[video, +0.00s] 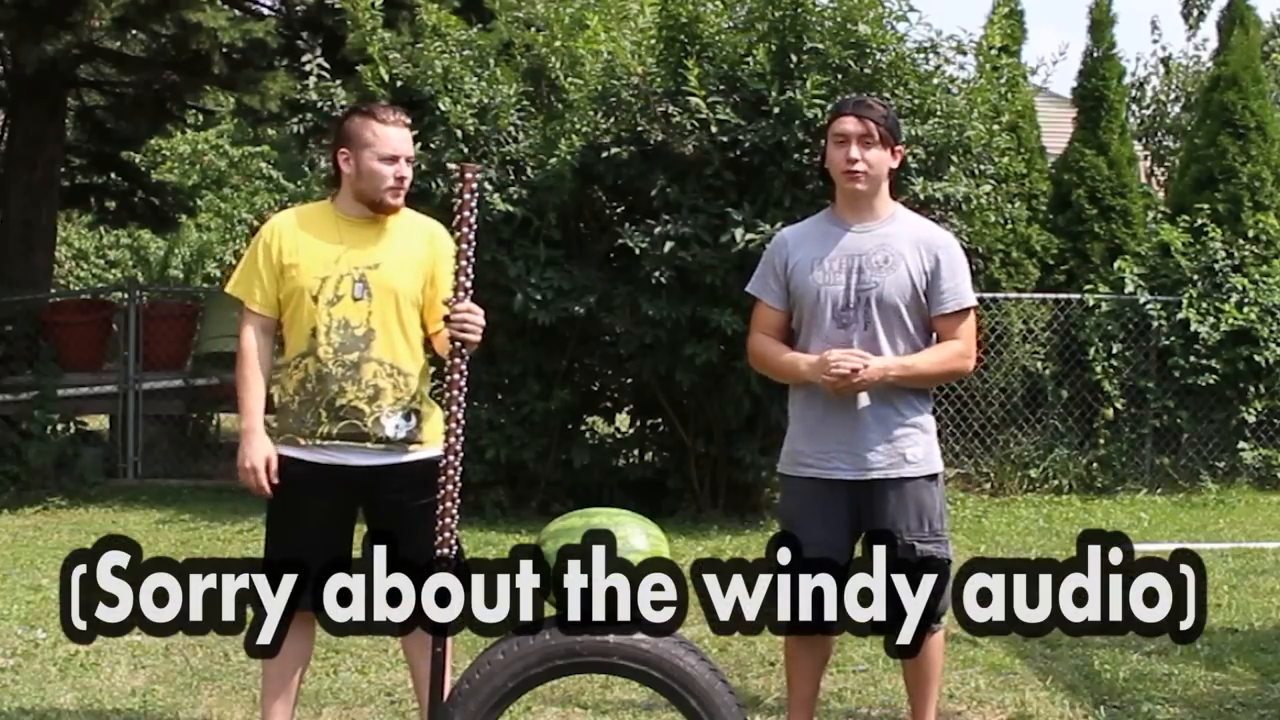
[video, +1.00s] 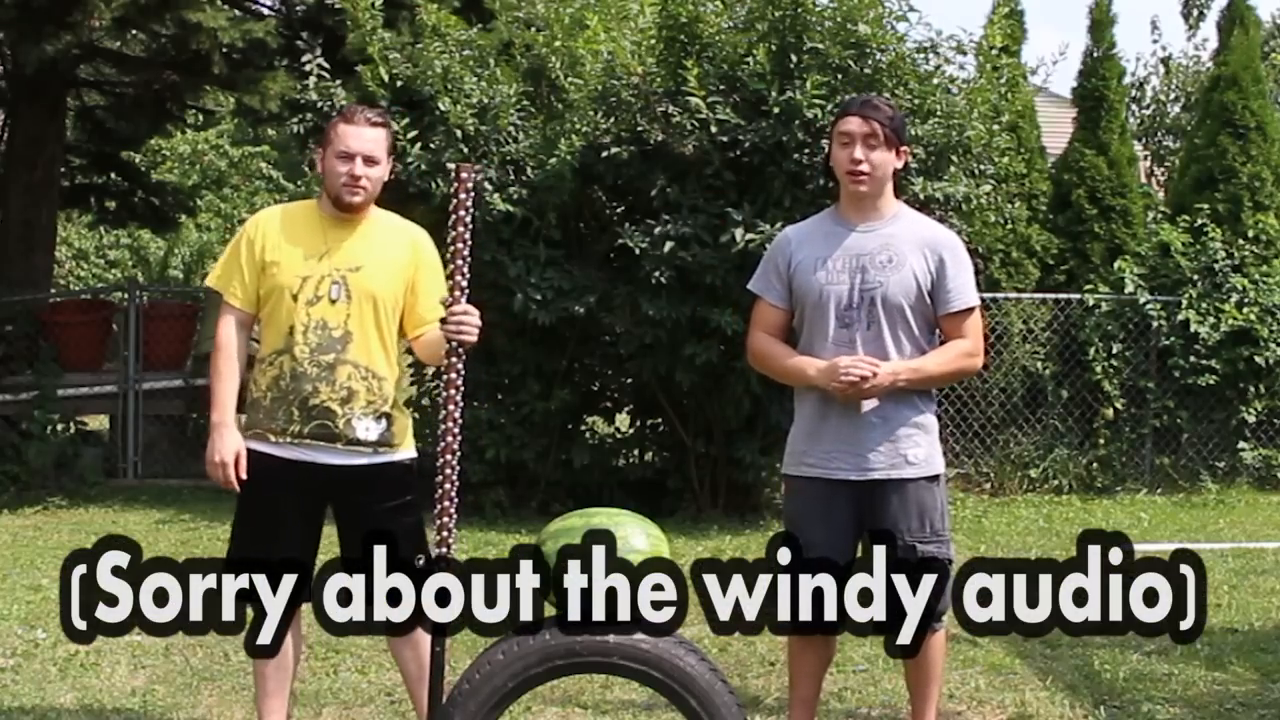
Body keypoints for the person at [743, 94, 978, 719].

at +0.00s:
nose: (853, 153)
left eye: (867, 143)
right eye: (841, 142)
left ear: (892, 156)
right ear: (825, 156)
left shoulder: (933, 244)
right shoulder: (790, 244)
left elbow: (962, 352)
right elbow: (760, 345)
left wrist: (884, 369)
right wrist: (808, 366)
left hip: (905, 465)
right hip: (813, 464)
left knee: (922, 610)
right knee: (805, 609)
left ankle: (923, 717)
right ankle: (799, 717)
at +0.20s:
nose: (854, 153)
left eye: (869, 143)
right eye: (843, 142)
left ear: (895, 156)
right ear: (827, 156)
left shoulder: (936, 244)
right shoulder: (792, 245)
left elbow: (970, 350)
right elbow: (764, 346)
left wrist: (888, 371)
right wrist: (814, 368)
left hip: (906, 466)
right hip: (813, 466)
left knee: (921, 611)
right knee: (805, 610)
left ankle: (923, 717)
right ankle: (799, 716)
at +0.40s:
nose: (860, 156)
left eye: (874, 144)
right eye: (847, 143)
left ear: (898, 157)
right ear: (830, 156)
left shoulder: (937, 244)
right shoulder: (795, 245)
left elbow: (968, 351)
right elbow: (765, 346)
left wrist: (888, 373)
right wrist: (813, 369)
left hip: (909, 467)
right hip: (817, 466)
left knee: (924, 612)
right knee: (809, 611)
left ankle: (924, 717)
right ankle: (800, 717)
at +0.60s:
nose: (861, 152)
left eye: (876, 141)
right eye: (849, 139)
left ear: (899, 157)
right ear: (832, 153)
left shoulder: (938, 243)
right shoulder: (795, 244)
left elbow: (972, 349)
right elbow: (761, 343)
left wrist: (891, 373)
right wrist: (814, 374)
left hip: (911, 466)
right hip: (818, 465)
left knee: (925, 610)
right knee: (811, 610)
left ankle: (925, 716)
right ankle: (800, 716)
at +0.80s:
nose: (860, 151)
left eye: (875, 140)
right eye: (849, 139)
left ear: (898, 156)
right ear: (831, 153)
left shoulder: (938, 242)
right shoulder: (794, 244)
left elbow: (972, 348)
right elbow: (763, 345)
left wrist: (897, 375)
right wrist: (819, 376)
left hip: (910, 465)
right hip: (818, 464)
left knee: (924, 609)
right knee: (810, 609)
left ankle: (924, 716)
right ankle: (800, 716)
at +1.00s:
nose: (856, 155)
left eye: (872, 144)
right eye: (845, 142)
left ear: (898, 157)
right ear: (830, 154)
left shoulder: (937, 243)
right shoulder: (793, 244)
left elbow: (970, 350)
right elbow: (760, 344)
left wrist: (895, 373)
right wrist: (818, 371)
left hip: (908, 465)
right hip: (817, 464)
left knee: (924, 609)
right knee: (809, 609)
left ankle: (924, 716)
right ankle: (800, 716)